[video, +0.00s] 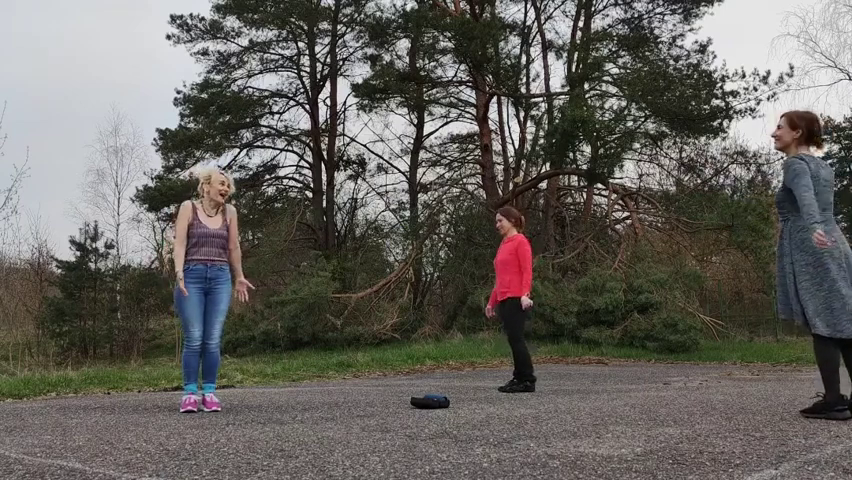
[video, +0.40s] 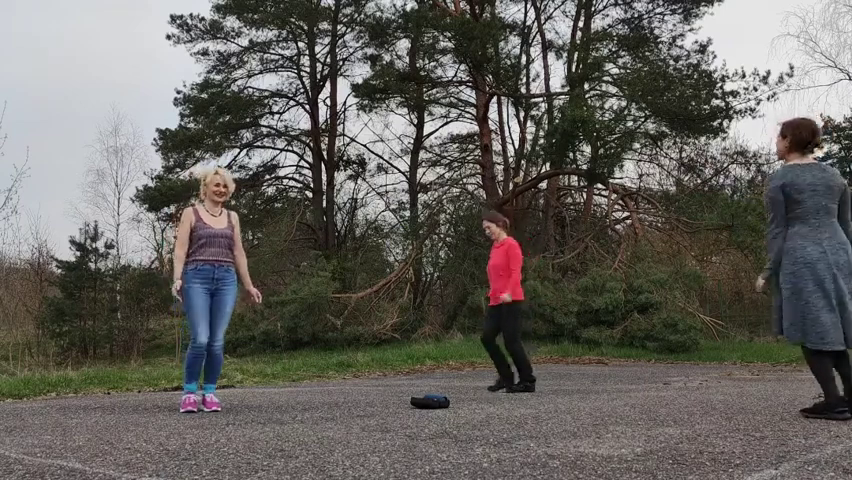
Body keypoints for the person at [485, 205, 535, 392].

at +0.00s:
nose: (497, 225)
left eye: (500, 221)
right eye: (496, 222)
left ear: (512, 221)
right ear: (500, 223)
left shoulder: (521, 241)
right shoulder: (504, 244)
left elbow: (527, 269)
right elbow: (501, 277)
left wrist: (525, 293)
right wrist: (491, 302)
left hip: (515, 297)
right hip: (504, 298)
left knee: (516, 340)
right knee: (514, 340)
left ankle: (526, 379)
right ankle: (519, 377)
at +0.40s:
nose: (487, 232)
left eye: (489, 227)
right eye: (485, 229)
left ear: (500, 225)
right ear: (489, 229)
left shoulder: (511, 245)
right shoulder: (495, 246)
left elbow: (516, 271)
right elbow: (498, 272)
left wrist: (509, 292)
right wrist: (492, 292)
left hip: (511, 300)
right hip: (496, 301)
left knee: (511, 340)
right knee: (487, 338)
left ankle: (527, 380)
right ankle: (506, 377)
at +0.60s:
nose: (473, 230)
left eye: (475, 225)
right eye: (472, 227)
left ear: (486, 222)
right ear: (480, 225)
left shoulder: (495, 240)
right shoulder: (488, 242)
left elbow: (480, 263)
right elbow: (501, 272)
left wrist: (456, 266)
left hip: (497, 298)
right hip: (485, 298)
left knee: (507, 336)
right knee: (472, 334)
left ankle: (525, 377)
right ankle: (467, 378)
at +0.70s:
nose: (465, 230)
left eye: (467, 226)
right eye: (464, 227)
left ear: (478, 223)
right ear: (475, 225)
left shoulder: (485, 241)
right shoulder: (482, 241)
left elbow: (468, 260)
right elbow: (495, 269)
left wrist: (442, 266)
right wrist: (502, 294)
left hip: (487, 298)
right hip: (475, 299)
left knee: (497, 336)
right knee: (466, 336)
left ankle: (521, 375)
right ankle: (467, 380)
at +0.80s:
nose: (456, 230)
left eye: (458, 226)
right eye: (455, 227)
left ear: (469, 224)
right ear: (468, 226)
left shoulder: (475, 244)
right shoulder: (475, 244)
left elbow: (457, 267)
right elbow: (484, 275)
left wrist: (434, 276)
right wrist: (487, 300)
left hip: (472, 300)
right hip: (466, 300)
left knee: (474, 340)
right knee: (463, 341)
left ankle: (509, 369)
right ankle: (468, 382)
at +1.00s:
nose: (437, 229)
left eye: (439, 225)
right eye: (436, 225)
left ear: (449, 224)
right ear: (446, 226)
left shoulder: (458, 244)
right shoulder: (445, 246)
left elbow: (456, 275)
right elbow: (440, 279)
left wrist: (450, 299)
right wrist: (427, 300)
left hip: (452, 300)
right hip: (443, 299)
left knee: (430, 335)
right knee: (456, 340)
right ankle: (467, 382)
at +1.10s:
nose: (426, 227)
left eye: (429, 223)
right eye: (426, 224)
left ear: (440, 223)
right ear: (435, 225)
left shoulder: (448, 244)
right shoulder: (433, 246)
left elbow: (457, 271)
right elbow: (425, 278)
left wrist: (460, 299)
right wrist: (406, 295)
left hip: (441, 299)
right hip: (434, 299)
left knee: (421, 337)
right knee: (447, 338)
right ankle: (465, 378)